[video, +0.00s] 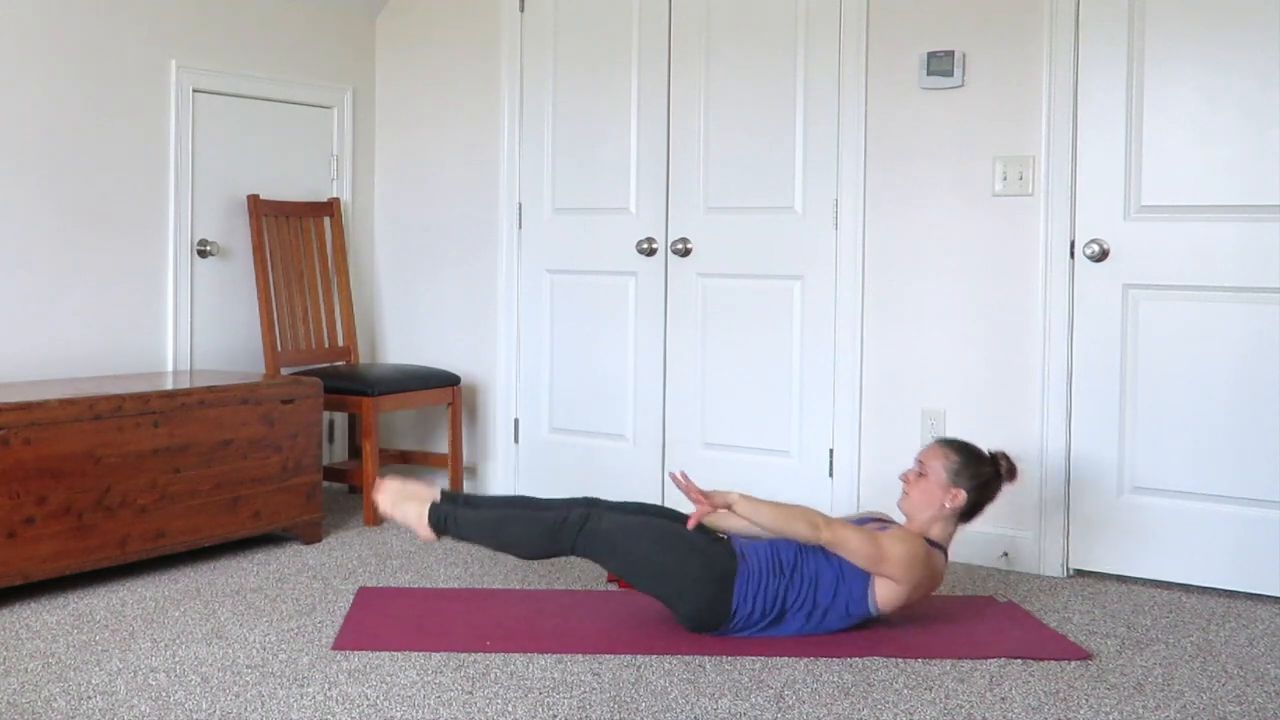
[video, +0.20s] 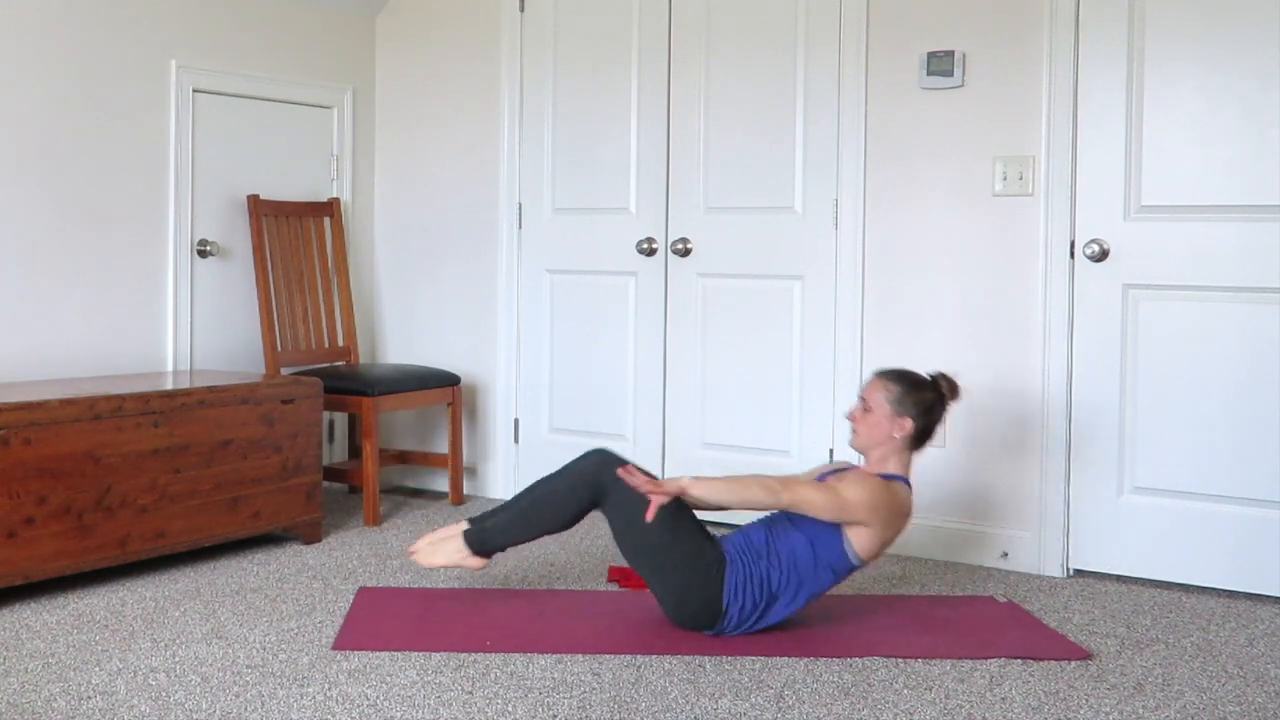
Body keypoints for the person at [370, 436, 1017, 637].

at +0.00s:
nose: (906, 478)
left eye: (923, 475)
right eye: (915, 467)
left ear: (955, 503)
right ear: (935, 493)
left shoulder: (913, 557)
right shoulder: (897, 536)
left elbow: (814, 528)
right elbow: (808, 538)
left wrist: (731, 505)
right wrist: (732, 509)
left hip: (729, 585)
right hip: (727, 565)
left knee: (584, 522)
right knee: (584, 512)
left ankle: (434, 513)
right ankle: (436, 506)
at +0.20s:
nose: (853, 416)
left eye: (867, 410)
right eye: (860, 406)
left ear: (901, 431)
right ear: (890, 427)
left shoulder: (878, 496)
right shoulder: (861, 479)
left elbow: (778, 493)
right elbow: (772, 490)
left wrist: (679, 490)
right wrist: (678, 487)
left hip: (719, 596)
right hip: (720, 572)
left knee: (601, 469)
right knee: (606, 465)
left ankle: (474, 544)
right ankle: (478, 533)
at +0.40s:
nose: (787, 369)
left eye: (800, 363)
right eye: (793, 359)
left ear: (833, 382)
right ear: (831, 384)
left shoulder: (825, 456)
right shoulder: (801, 439)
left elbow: (725, 484)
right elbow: (720, 465)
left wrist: (629, 503)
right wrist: (628, 497)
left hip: (714, 599)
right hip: (709, 579)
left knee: (658, 433)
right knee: (655, 429)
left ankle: (537, 512)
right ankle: (538, 503)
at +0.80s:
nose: (850, 406)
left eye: (864, 402)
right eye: (858, 396)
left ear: (896, 427)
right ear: (883, 421)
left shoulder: (869, 494)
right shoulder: (843, 472)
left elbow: (765, 507)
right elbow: (744, 483)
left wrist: (668, 510)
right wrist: (659, 495)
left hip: (720, 595)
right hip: (720, 570)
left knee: (606, 461)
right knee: (607, 458)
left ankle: (472, 517)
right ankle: (473, 510)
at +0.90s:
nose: (885, 445)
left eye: (902, 442)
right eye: (894, 435)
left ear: (932, 471)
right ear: (909, 455)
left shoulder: (896, 526)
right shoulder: (873, 503)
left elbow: (793, 511)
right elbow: (781, 499)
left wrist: (695, 496)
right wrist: (688, 488)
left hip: (722, 589)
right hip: (722, 567)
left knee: (590, 494)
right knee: (592, 490)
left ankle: (440, 520)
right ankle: (445, 516)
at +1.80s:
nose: (834, 396)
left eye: (847, 390)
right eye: (841, 385)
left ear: (881, 411)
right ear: (873, 408)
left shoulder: (864, 479)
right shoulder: (841, 460)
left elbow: (751, 485)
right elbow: (743, 473)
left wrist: (659, 495)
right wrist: (658, 489)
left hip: (720, 596)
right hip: (718, 573)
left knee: (608, 459)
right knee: (611, 454)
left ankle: (487, 542)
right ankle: (491, 533)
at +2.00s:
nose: (765, 362)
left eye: (778, 354)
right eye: (771, 351)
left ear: (812, 372)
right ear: (809, 372)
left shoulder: (805, 445)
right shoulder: (784, 433)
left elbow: (706, 482)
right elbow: (694, 460)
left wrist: (609, 511)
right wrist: (594, 495)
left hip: (713, 599)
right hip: (707, 582)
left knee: (672, 431)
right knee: (669, 427)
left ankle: (550, 510)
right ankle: (551, 499)